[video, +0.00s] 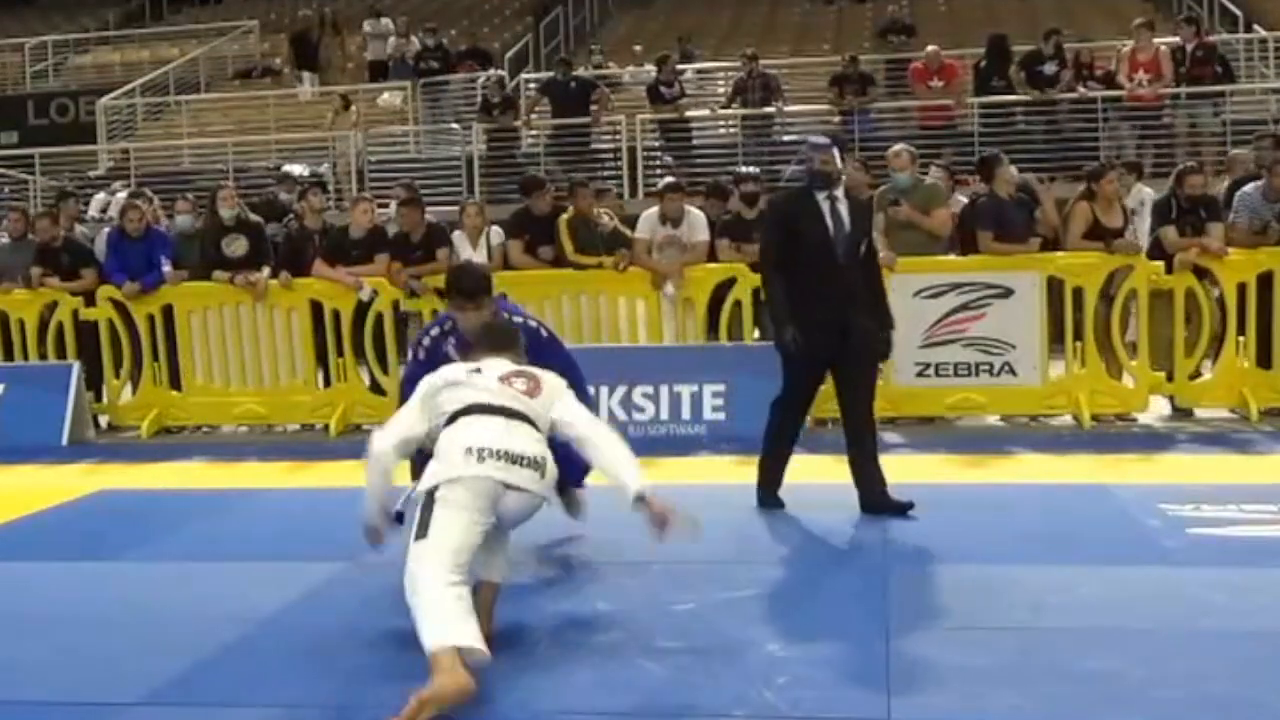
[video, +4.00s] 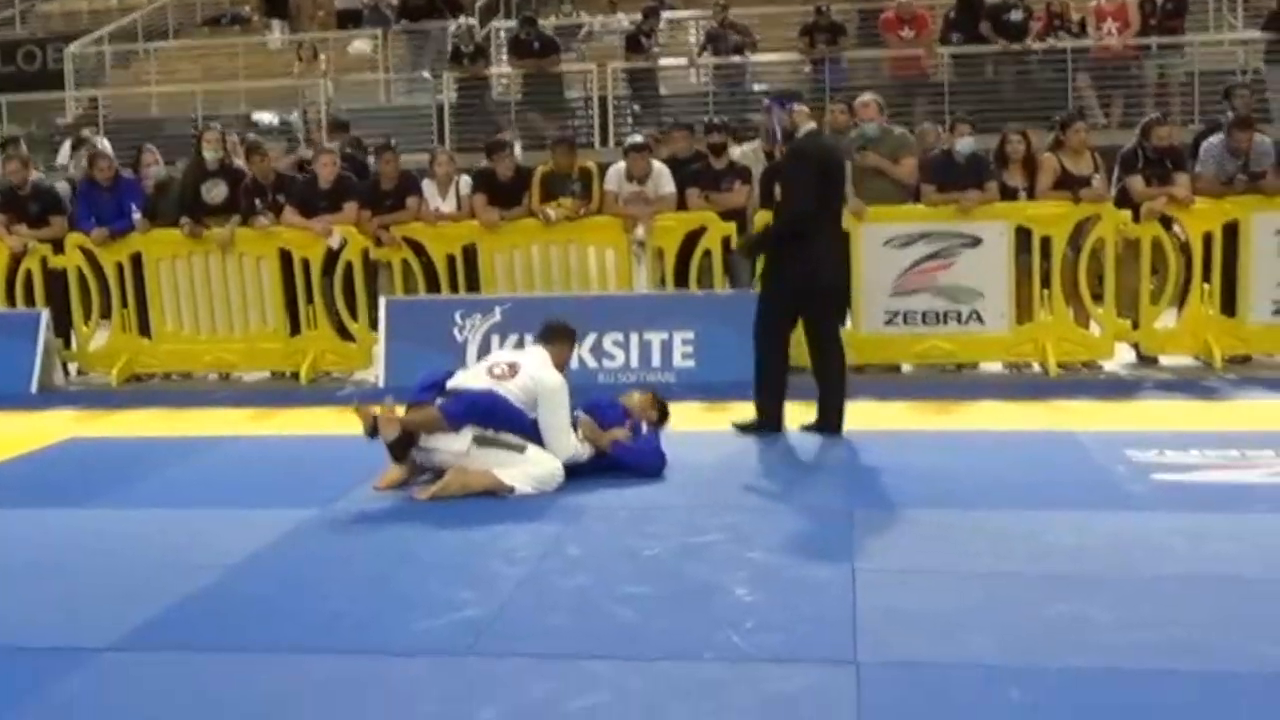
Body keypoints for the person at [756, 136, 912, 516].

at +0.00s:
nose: (824, 166)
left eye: (830, 159)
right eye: (817, 159)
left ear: (842, 164)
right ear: (804, 163)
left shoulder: (858, 207)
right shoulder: (785, 207)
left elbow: (869, 267)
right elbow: (772, 271)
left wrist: (883, 322)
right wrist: (783, 324)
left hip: (855, 328)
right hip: (808, 329)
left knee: (860, 418)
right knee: (791, 412)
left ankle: (873, 496)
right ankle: (767, 489)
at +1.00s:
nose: (949, 160)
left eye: (956, 151)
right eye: (946, 152)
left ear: (983, 150)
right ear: (947, 155)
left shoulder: (1029, 196)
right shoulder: (938, 200)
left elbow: (1050, 265)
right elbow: (924, 259)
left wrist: (1062, 328)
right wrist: (910, 307)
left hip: (1013, 327)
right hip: (954, 329)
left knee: (1033, 421)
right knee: (942, 423)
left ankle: (1051, 512)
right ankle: (935, 512)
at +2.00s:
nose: (976, 158)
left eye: (979, 150)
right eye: (975, 151)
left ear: (999, 147)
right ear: (998, 149)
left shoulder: (1033, 195)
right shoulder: (1001, 195)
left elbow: (1029, 276)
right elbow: (992, 270)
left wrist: (1010, 330)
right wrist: (981, 325)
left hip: (1019, 327)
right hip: (991, 325)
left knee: (1032, 412)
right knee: (1000, 411)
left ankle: (1049, 507)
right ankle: (1011, 492)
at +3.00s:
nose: (893, 168)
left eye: (895, 161)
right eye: (893, 162)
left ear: (907, 158)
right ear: (933, 157)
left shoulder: (912, 204)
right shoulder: (972, 196)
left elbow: (905, 273)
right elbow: (981, 262)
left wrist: (890, 328)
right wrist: (973, 305)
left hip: (924, 320)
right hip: (970, 317)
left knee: (924, 408)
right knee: (976, 396)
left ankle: (922, 484)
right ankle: (1002, 481)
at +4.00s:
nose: (767, 123)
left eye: (770, 114)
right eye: (767, 114)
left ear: (785, 115)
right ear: (802, 114)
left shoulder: (799, 154)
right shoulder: (829, 149)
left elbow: (796, 215)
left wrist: (758, 241)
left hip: (793, 261)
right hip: (828, 258)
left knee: (770, 335)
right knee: (825, 338)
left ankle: (768, 415)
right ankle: (830, 418)